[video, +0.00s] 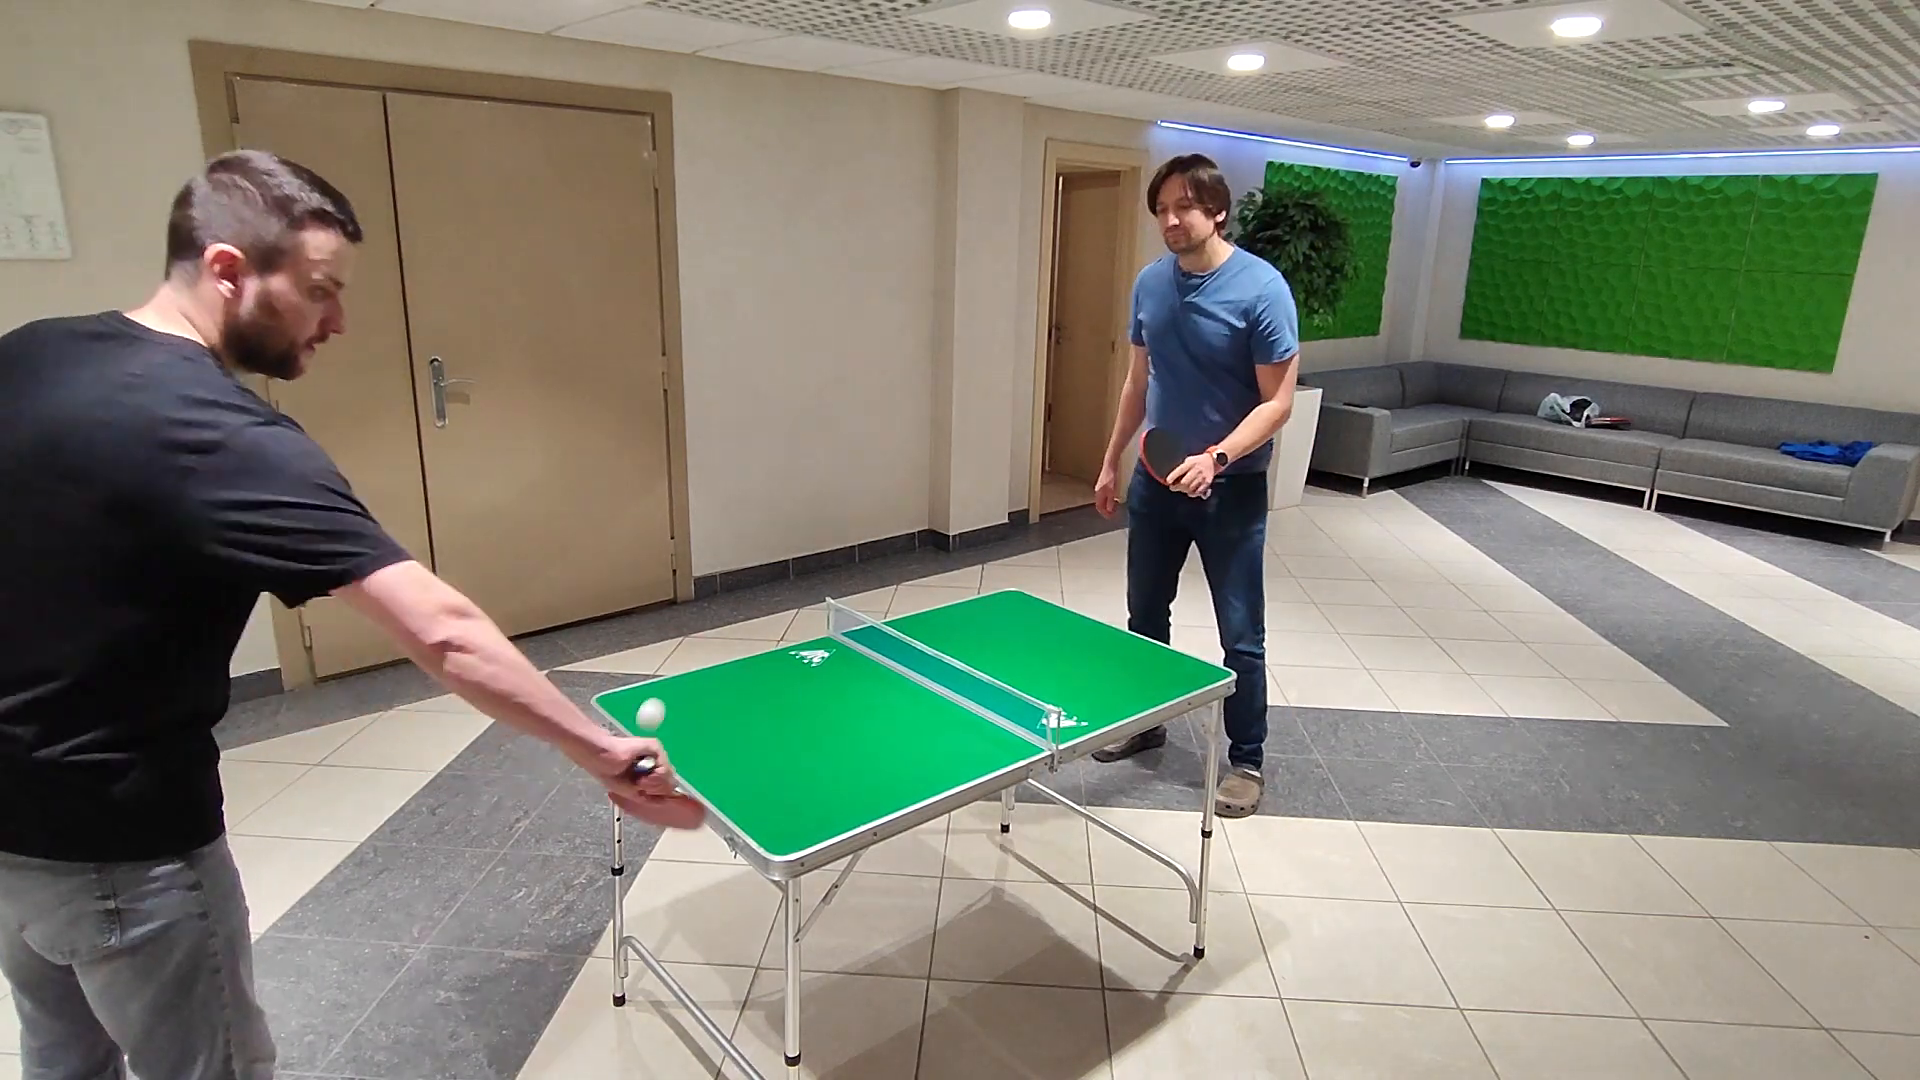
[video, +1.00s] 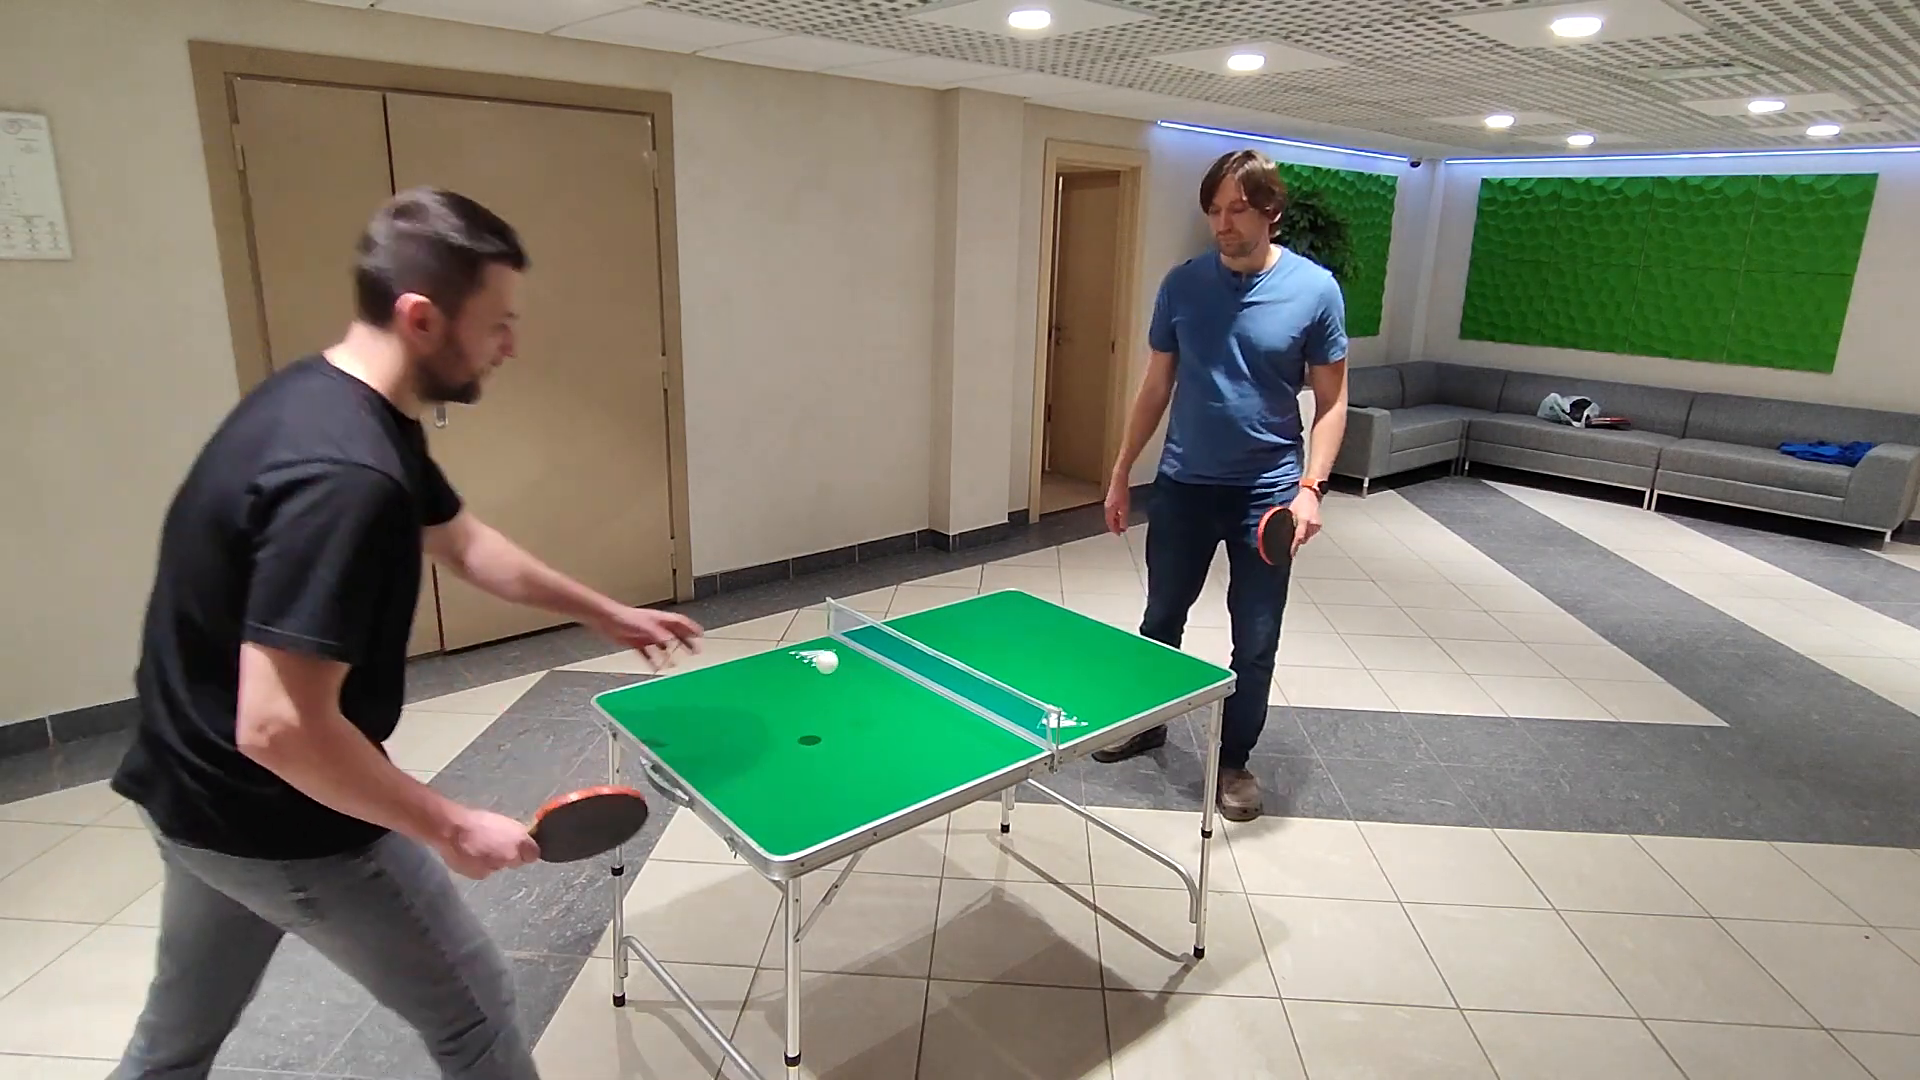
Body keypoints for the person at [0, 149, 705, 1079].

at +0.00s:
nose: (337, 322)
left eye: (339, 294)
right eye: (321, 288)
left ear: (222, 270)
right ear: (226, 271)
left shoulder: (26, 356)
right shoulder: (226, 433)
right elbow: (443, 633)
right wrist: (610, 752)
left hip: (9, 844)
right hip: (129, 864)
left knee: (60, 1067)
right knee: (216, 1067)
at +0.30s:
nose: (355, 316)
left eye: (358, 290)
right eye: (343, 286)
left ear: (248, 265)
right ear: (254, 268)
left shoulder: (31, 355)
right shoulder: (252, 432)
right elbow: (366, 679)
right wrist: (519, 794)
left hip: (17, 825)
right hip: (154, 851)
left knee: (72, 1060)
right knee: (222, 1064)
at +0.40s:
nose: (330, 293)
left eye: (330, 265)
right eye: (313, 263)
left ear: (213, 249)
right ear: (218, 251)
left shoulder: (25, 354)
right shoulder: (219, 423)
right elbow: (280, 693)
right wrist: (433, 812)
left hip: (25, 823)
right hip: (169, 853)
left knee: (91, 1056)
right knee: (231, 1066)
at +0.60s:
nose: (274, 276)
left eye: (271, 247)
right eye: (252, 247)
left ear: (148, 244)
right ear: (150, 241)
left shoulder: (33, 359)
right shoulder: (142, 422)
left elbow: (163, 578)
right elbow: (155, 692)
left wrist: (273, 696)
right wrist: (310, 824)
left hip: (55, 815)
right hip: (174, 839)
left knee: (92, 1047)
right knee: (334, 1021)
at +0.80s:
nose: (333, 287)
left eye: (331, 258)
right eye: (313, 259)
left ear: (213, 256)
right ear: (216, 254)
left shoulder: (165, 366)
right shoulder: (177, 426)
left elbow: (266, 561)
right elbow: (174, 692)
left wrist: (402, 656)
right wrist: (352, 795)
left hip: (121, 795)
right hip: (201, 820)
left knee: (115, 1038)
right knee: (389, 1011)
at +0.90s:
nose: (408, 311)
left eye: (407, 284)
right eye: (392, 286)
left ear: (299, 279)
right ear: (304, 279)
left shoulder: (248, 381)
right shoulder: (252, 444)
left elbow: (359, 546)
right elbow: (217, 706)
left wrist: (500, 631)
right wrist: (398, 800)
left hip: (154, 797)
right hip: (238, 822)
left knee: (131, 1046)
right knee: (426, 1026)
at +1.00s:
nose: (510, 347)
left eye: (510, 324)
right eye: (497, 324)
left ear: (415, 316)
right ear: (419, 316)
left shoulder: (335, 400)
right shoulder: (350, 471)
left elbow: (465, 543)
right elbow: (279, 724)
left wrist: (611, 615)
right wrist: (447, 825)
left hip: (205, 793)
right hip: (291, 822)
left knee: (171, 1042)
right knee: (476, 1017)